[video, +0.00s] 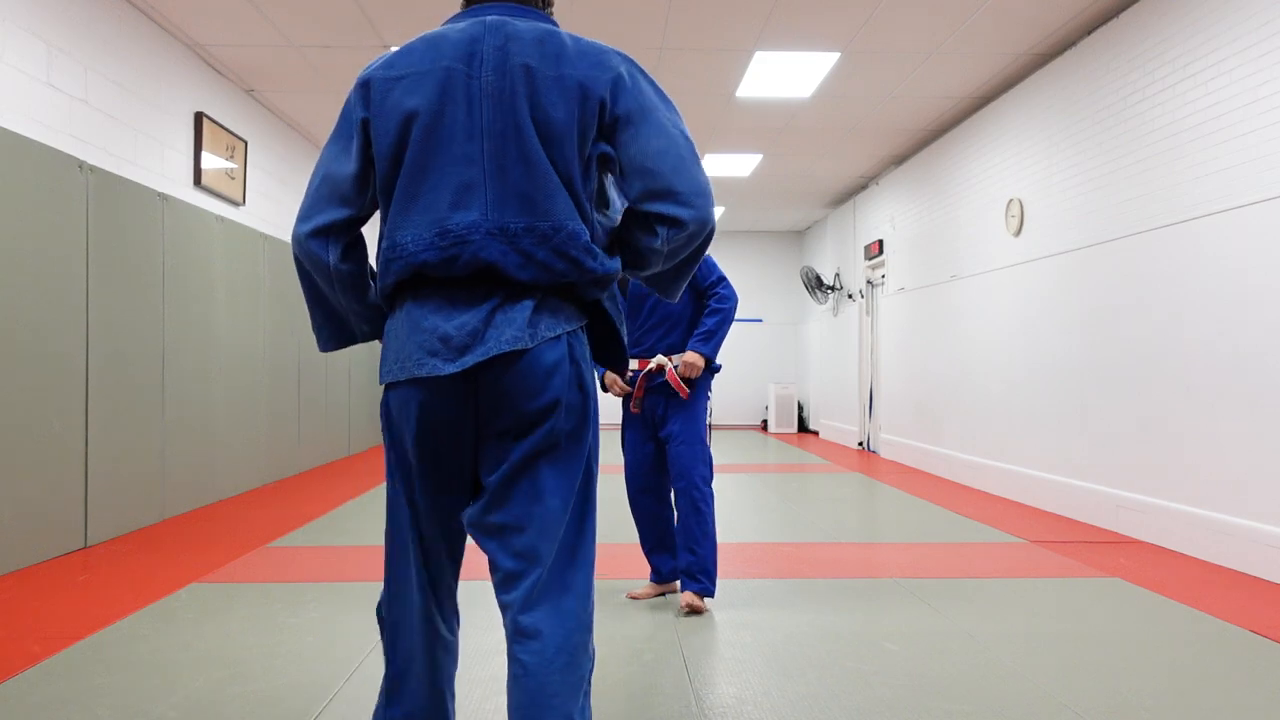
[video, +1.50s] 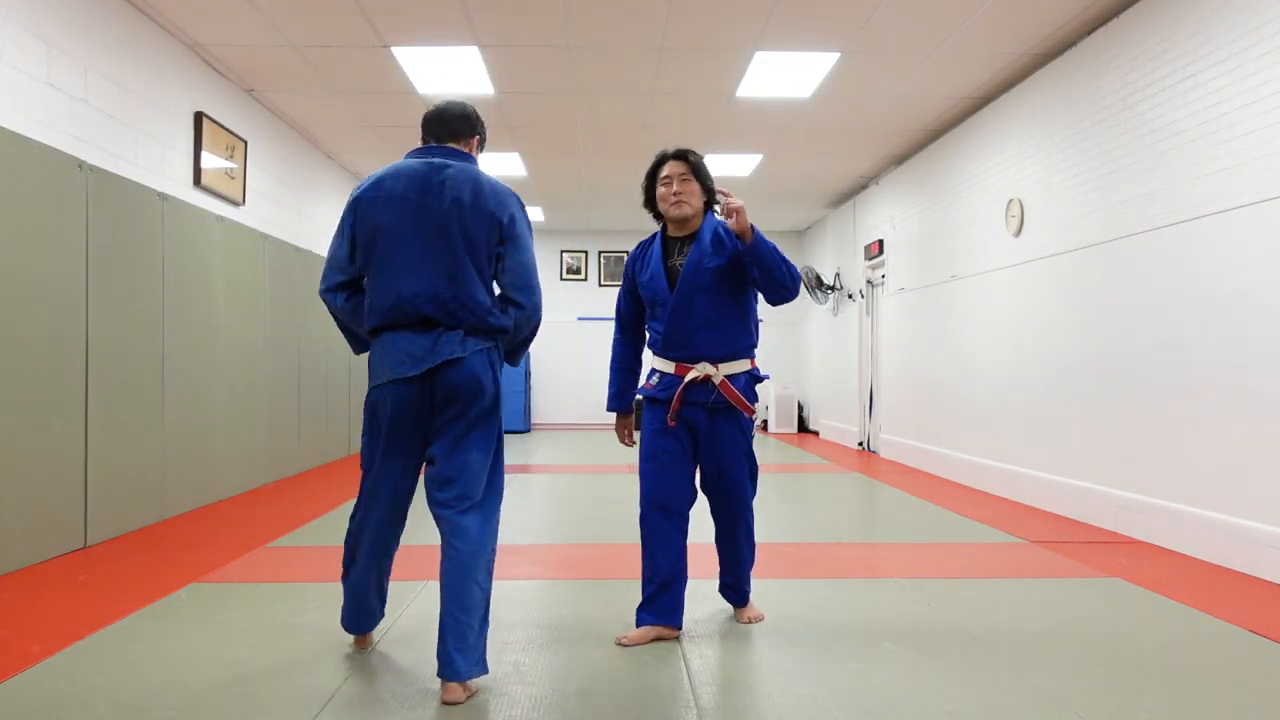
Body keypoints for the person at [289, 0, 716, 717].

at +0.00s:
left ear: (462, 6)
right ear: (546, 7)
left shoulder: (391, 72)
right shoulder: (600, 65)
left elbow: (318, 232)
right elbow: (683, 210)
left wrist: (381, 317)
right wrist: (600, 263)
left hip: (420, 354)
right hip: (544, 350)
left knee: (417, 587)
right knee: (545, 593)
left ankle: (411, 714)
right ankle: (551, 717)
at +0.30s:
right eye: (501, 58)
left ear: (426, 61)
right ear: (501, 59)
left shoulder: (371, 121)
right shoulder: (544, 110)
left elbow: (334, 266)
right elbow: (610, 245)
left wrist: (380, 348)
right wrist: (556, 309)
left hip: (411, 366)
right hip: (518, 359)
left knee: (431, 574)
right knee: (542, 565)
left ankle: (444, 714)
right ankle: (550, 712)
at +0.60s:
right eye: (475, 79)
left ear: (406, 82)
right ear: (475, 82)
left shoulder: (355, 133)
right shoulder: (515, 129)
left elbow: (312, 260)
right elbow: (572, 255)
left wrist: (364, 329)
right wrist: (520, 311)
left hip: (395, 360)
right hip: (491, 352)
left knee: (418, 552)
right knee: (519, 538)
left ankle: (439, 712)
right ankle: (543, 706)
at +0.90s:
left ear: (412, 113)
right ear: (478, 115)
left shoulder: (369, 158)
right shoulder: (518, 172)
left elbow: (318, 271)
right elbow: (552, 289)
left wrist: (357, 334)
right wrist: (505, 342)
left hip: (399, 367)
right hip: (486, 368)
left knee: (408, 535)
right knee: (471, 522)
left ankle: (437, 705)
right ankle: (448, 664)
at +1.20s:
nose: (421, 126)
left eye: (422, 118)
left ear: (427, 122)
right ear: (485, 124)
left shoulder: (390, 164)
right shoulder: (520, 181)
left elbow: (334, 263)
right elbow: (540, 289)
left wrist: (361, 328)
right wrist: (490, 321)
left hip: (405, 362)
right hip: (488, 367)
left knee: (359, 501)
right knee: (472, 522)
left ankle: (383, 643)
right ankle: (459, 682)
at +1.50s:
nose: (482, 155)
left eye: (479, 147)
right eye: (483, 147)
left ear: (421, 138)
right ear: (474, 143)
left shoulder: (372, 190)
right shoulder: (497, 198)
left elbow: (336, 284)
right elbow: (527, 299)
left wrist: (374, 337)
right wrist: (500, 351)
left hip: (395, 363)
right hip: (469, 363)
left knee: (381, 497)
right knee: (467, 511)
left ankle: (360, 619)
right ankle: (458, 673)